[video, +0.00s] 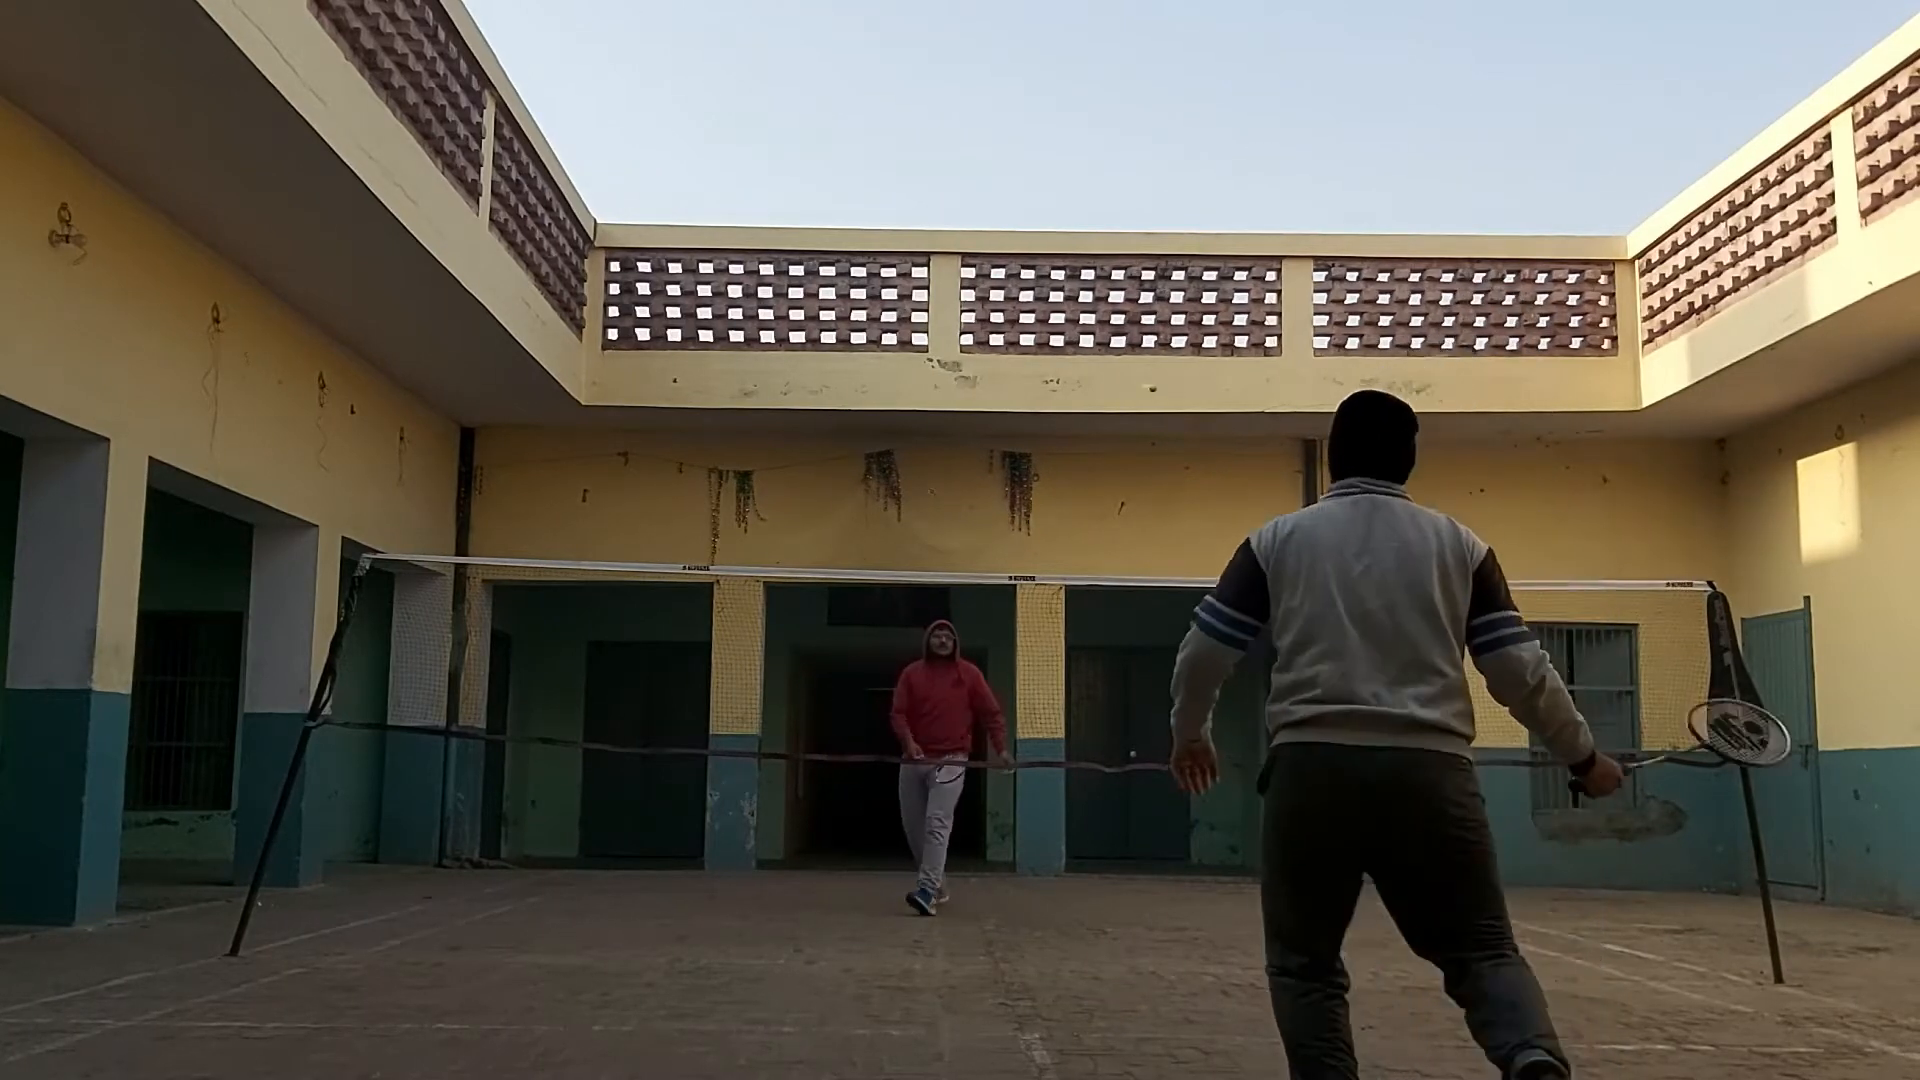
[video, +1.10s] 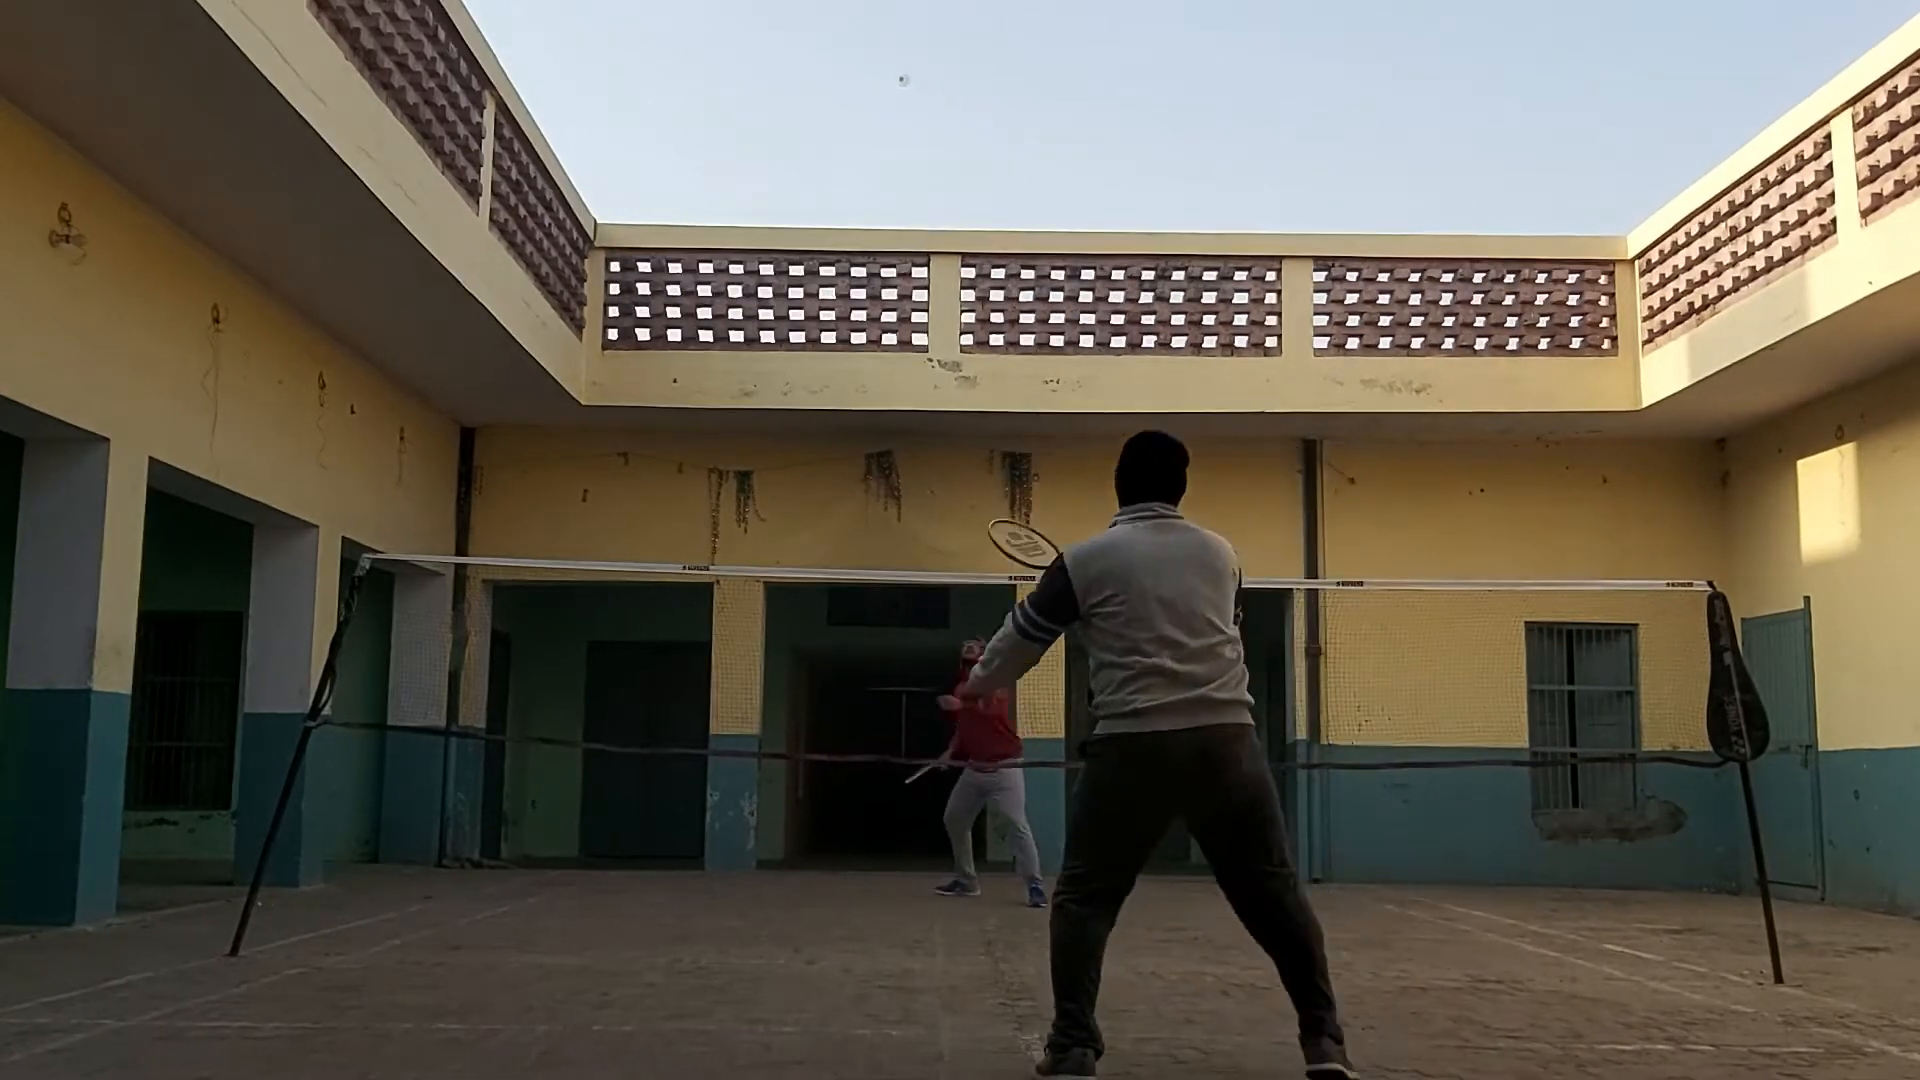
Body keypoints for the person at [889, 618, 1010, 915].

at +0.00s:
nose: (942, 640)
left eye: (947, 636)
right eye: (937, 636)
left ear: (954, 642)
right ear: (928, 641)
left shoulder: (968, 673)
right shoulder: (912, 673)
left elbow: (992, 712)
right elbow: (898, 714)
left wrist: (1000, 749)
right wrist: (908, 741)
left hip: (951, 760)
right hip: (915, 760)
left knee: (937, 823)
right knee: (913, 825)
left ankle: (927, 891)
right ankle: (936, 884)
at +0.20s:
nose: (956, 635)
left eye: (961, 632)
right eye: (951, 631)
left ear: (968, 638)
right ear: (941, 636)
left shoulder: (982, 668)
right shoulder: (924, 669)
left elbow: (996, 711)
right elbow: (907, 715)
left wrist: (1001, 747)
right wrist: (897, 756)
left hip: (972, 755)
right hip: (932, 755)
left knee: (977, 813)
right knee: (932, 821)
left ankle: (962, 885)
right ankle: (936, 886)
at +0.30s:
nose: (965, 632)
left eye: (970, 629)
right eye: (959, 628)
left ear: (977, 635)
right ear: (950, 633)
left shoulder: (991, 666)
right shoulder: (932, 666)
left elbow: (1004, 708)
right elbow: (914, 710)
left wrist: (1010, 742)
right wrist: (901, 746)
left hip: (983, 753)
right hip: (942, 754)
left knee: (996, 816)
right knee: (937, 823)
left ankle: (991, 882)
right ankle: (936, 886)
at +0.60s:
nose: (997, 638)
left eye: (1001, 634)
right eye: (992, 634)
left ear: (1008, 640)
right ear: (983, 638)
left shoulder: (1022, 670)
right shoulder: (969, 669)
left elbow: (1043, 711)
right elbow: (952, 710)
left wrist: (1041, 745)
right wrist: (938, 745)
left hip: (1012, 757)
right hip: (972, 756)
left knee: (1022, 824)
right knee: (957, 819)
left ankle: (1035, 883)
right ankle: (944, 881)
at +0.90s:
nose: (993, 637)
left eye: (998, 635)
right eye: (988, 635)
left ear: (1006, 643)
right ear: (980, 643)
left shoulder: (1019, 671)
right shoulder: (972, 674)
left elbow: (1037, 709)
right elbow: (965, 715)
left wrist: (1018, 730)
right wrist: (959, 745)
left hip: (1018, 761)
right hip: (982, 759)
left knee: (1026, 821)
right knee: (966, 815)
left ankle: (1036, 884)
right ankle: (973, 875)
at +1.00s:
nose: (983, 645)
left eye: (988, 643)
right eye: (979, 642)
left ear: (997, 651)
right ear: (973, 651)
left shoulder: (1011, 680)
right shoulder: (969, 686)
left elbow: (1021, 713)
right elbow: (964, 725)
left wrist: (990, 720)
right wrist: (954, 753)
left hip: (1016, 769)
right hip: (981, 768)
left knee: (1026, 822)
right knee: (959, 818)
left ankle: (1036, 884)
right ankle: (968, 877)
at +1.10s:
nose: (969, 652)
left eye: (975, 649)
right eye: (966, 649)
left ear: (985, 656)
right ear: (961, 658)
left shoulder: (995, 683)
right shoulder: (962, 688)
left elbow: (996, 709)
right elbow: (963, 729)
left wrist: (961, 704)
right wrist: (948, 755)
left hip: (1005, 768)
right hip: (975, 768)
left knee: (1017, 823)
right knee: (955, 820)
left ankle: (1034, 884)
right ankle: (966, 880)